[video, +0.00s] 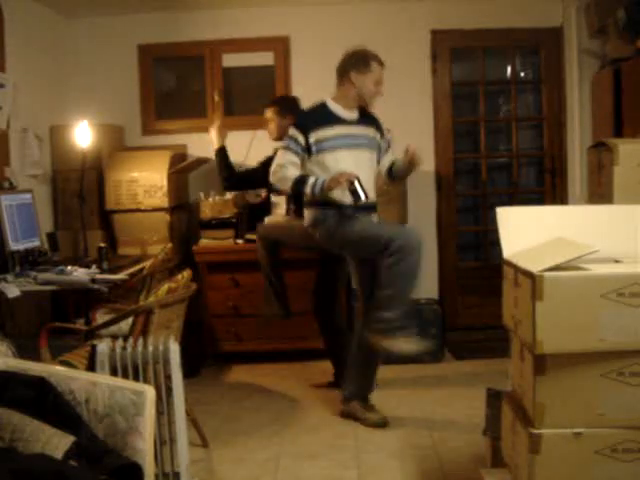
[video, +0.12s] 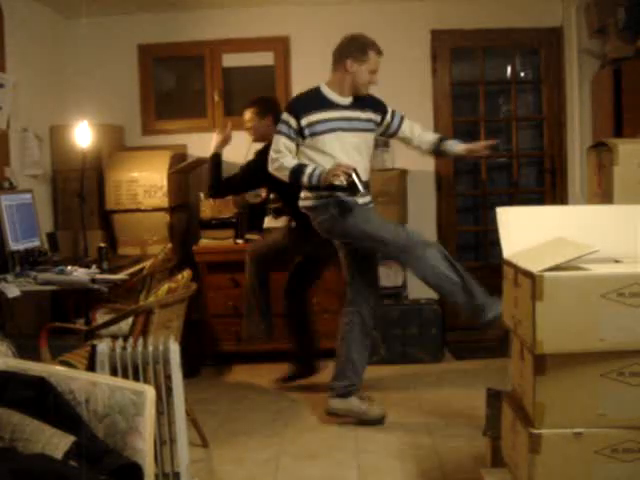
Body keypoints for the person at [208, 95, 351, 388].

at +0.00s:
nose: (267, 127)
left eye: (271, 120)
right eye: (267, 121)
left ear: (288, 122)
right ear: (288, 123)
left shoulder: (286, 157)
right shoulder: (313, 152)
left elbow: (234, 182)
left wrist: (219, 145)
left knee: (326, 302)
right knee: (332, 302)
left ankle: (344, 371)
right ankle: (344, 369)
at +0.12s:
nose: (247, 129)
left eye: (251, 123)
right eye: (247, 124)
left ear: (269, 121)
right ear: (270, 122)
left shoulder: (268, 158)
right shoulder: (297, 145)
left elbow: (217, 190)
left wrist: (216, 150)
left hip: (312, 231)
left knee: (295, 290)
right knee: (256, 254)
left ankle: (305, 360)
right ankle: (257, 327)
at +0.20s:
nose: (241, 135)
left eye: (245, 129)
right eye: (240, 129)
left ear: (264, 128)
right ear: (266, 129)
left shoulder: (262, 164)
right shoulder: (291, 151)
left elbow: (215, 202)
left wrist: (206, 166)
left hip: (301, 242)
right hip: (320, 237)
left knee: (260, 285)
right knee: (282, 298)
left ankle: (259, 364)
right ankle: (286, 371)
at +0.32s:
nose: (240, 136)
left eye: (246, 130)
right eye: (238, 130)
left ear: (262, 130)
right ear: (238, 132)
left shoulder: (265, 163)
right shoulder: (270, 159)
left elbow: (249, 221)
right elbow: (258, 213)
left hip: (287, 249)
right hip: (290, 247)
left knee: (251, 298)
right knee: (266, 304)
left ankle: (253, 369)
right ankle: (286, 370)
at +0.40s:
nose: (242, 133)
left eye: (248, 125)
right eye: (238, 127)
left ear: (261, 126)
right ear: (235, 129)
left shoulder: (267, 159)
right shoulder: (261, 158)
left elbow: (261, 216)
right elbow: (257, 210)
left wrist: (223, 231)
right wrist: (235, 214)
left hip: (287, 245)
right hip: (282, 243)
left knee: (238, 284)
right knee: (265, 304)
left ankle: (245, 358)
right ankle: (286, 372)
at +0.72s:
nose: (268, 121)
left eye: (274, 115)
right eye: (262, 115)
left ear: (283, 119)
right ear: (253, 119)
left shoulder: (293, 161)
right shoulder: (241, 154)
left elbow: (306, 200)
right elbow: (227, 194)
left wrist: (337, 217)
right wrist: (196, 205)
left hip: (275, 249)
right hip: (241, 247)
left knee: (268, 327)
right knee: (230, 317)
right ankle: (259, 380)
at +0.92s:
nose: (272, 107)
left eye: (278, 101)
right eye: (267, 101)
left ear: (289, 105)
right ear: (259, 105)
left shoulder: (294, 143)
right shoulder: (240, 138)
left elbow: (300, 179)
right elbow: (215, 172)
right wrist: (177, 192)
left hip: (269, 229)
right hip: (235, 229)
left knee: (261, 296)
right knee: (240, 301)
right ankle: (258, 363)